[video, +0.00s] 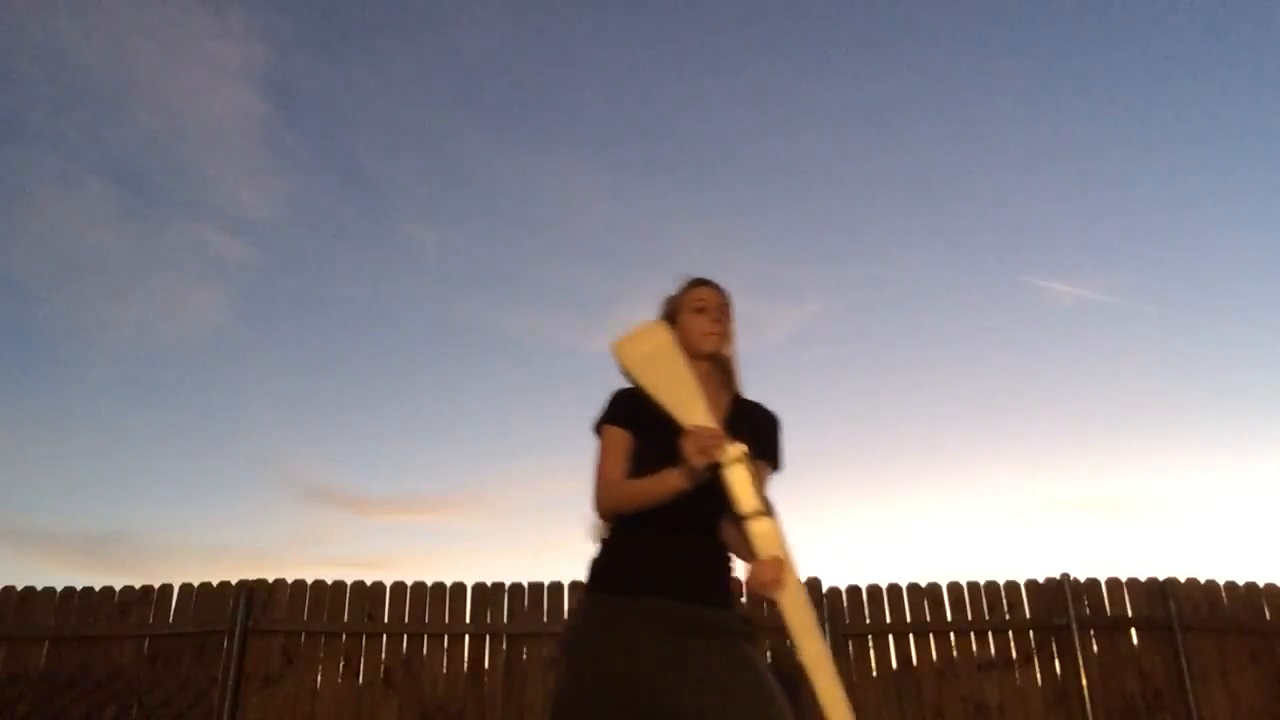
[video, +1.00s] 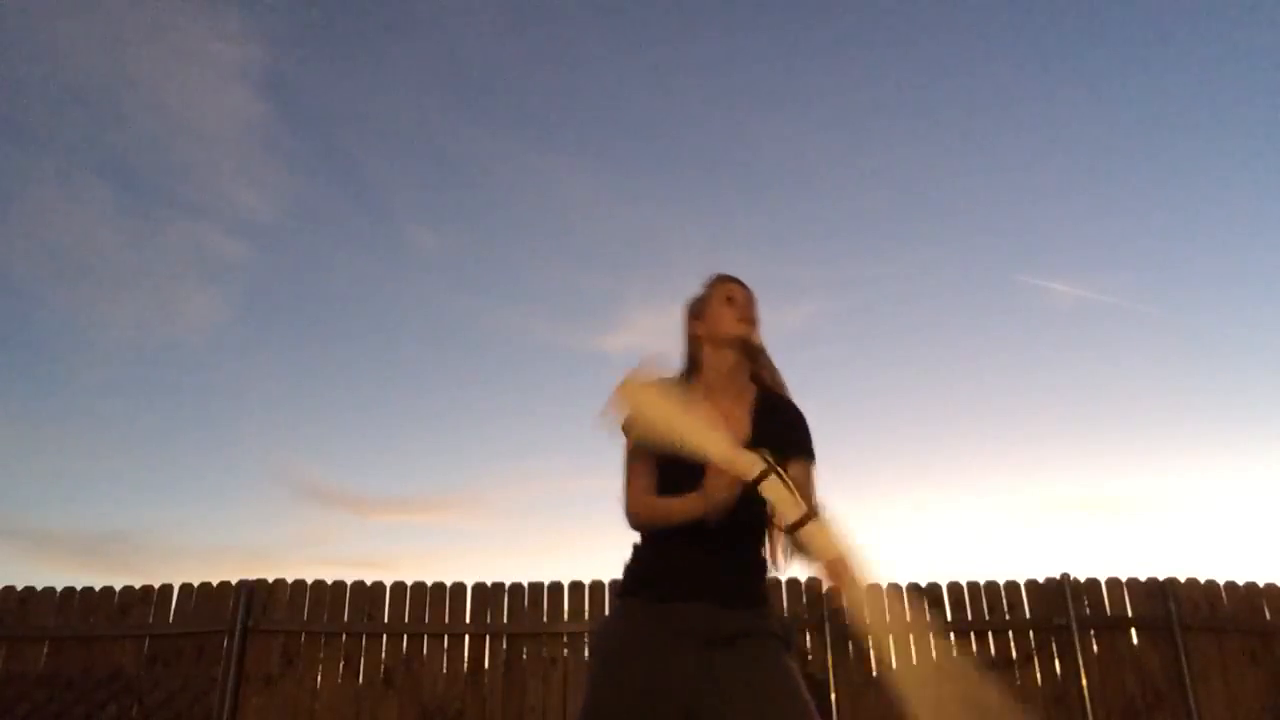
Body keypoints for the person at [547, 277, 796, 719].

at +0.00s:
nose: (715, 319)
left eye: (723, 312)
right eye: (700, 310)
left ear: (731, 328)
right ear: (672, 325)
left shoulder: (753, 421)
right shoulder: (633, 403)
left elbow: (732, 518)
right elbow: (608, 499)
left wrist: (759, 559)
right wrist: (685, 473)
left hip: (707, 608)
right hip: (623, 604)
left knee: (760, 709)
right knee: (599, 708)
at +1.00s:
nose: (741, 310)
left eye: (747, 307)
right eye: (727, 300)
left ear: (754, 331)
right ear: (696, 323)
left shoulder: (780, 415)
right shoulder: (657, 406)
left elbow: (800, 513)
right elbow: (638, 508)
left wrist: (830, 559)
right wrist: (704, 500)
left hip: (742, 613)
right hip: (652, 610)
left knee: (789, 710)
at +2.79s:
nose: (361, 371)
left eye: (367, 354)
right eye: (355, 364)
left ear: (406, 341)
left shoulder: (471, 379)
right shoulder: (392, 459)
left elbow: (561, 443)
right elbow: (406, 547)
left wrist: (523, 532)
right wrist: (370, 590)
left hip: (500, 591)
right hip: (445, 605)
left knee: (399, 709)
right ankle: (540, 695)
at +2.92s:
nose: (373, 366)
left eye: (379, 350)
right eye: (366, 360)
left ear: (418, 338)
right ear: (372, 373)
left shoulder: (481, 378)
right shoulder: (398, 457)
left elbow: (570, 446)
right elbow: (414, 543)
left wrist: (526, 532)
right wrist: (378, 587)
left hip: (503, 590)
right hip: (447, 602)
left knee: (401, 708)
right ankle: (544, 694)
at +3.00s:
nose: (385, 361)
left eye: (392, 344)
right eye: (378, 354)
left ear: (430, 336)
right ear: (382, 367)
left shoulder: (494, 378)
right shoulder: (407, 453)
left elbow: (583, 447)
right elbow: (422, 539)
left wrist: (544, 530)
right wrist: (385, 583)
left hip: (511, 589)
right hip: (454, 601)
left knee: (419, 705)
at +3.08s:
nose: (402, 355)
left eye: (410, 339)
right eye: (395, 349)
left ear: (447, 335)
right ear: (398, 363)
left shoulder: (512, 382)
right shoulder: (418, 451)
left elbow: (603, 448)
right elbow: (435, 538)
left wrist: (582, 546)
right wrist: (397, 575)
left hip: (526, 589)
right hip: (461, 602)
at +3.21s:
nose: (436, 350)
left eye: (446, 336)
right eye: (429, 346)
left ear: (480, 334)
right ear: (427, 360)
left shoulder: (550, 391)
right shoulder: (439, 447)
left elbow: (629, 471)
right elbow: (446, 533)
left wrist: (616, 523)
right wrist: (420, 561)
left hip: (550, 585)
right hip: (480, 593)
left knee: (519, 702)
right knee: (472, 704)